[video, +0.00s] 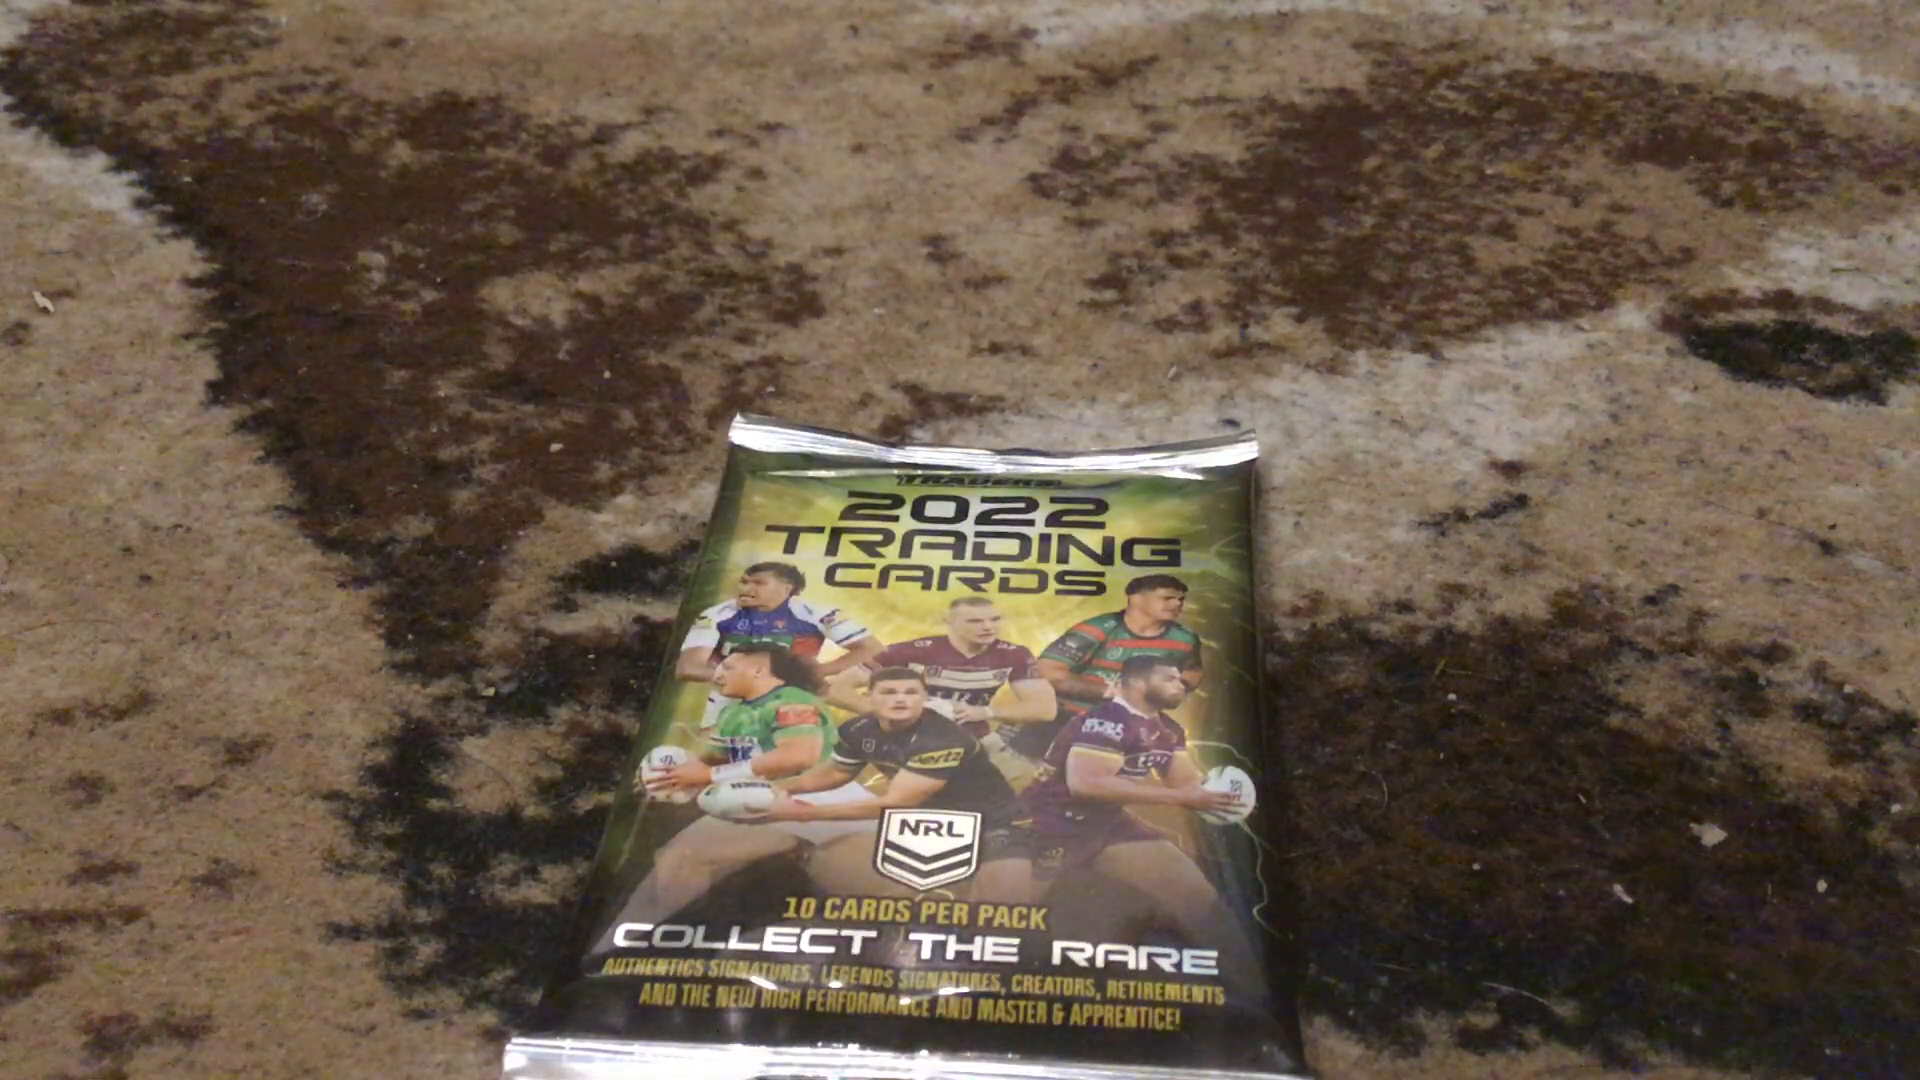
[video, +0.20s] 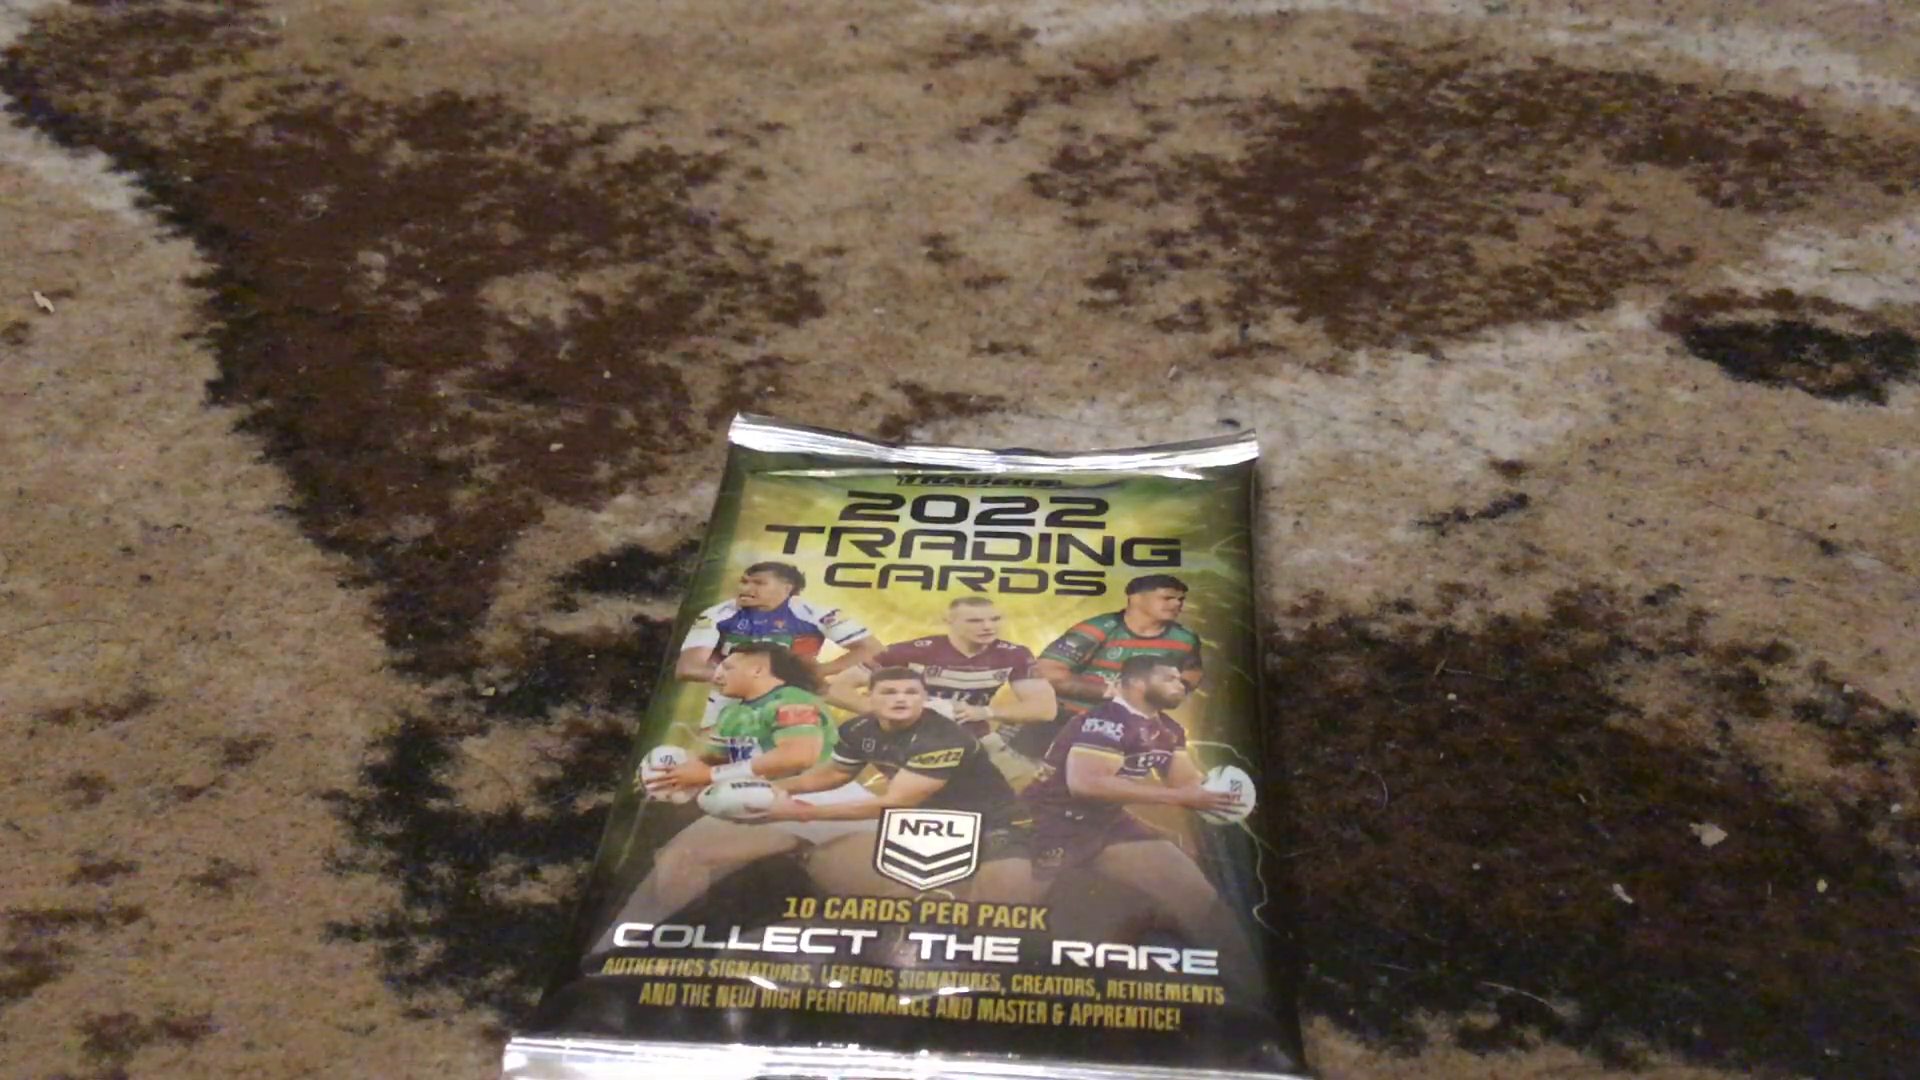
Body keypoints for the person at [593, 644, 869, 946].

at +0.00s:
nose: (720, 670)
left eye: (729, 662)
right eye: (722, 663)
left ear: (761, 664)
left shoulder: (793, 700)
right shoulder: (733, 713)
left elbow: (801, 754)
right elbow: (713, 762)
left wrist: (711, 775)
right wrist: (667, 778)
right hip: (752, 815)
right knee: (672, 862)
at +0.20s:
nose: (719, 672)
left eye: (728, 664)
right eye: (722, 665)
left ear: (760, 665)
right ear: (756, 667)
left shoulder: (793, 701)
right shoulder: (734, 713)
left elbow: (800, 754)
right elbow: (711, 761)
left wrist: (711, 775)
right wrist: (667, 778)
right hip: (750, 814)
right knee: (672, 861)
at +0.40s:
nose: (719, 670)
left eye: (729, 662)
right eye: (721, 663)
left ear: (761, 665)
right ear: (754, 667)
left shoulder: (793, 701)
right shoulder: (733, 714)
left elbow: (801, 755)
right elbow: (712, 762)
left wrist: (711, 775)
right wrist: (669, 778)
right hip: (755, 814)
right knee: (673, 862)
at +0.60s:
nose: (720, 669)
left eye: (729, 662)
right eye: (722, 662)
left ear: (761, 664)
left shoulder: (793, 700)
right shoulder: (734, 713)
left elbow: (802, 754)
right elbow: (715, 762)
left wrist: (711, 775)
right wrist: (667, 778)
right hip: (751, 815)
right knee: (674, 862)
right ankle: (617, 950)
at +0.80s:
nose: (720, 669)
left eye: (729, 662)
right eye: (722, 662)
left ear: (761, 665)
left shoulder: (793, 700)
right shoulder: (732, 714)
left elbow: (802, 754)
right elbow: (714, 763)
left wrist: (711, 775)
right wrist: (668, 779)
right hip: (752, 814)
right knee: (674, 863)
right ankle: (614, 950)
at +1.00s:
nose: (719, 668)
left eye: (730, 660)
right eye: (722, 661)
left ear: (762, 662)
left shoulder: (793, 701)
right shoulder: (731, 712)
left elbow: (802, 754)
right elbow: (716, 763)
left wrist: (712, 775)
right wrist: (675, 778)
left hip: (783, 818)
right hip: (737, 816)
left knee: (685, 860)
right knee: (669, 862)